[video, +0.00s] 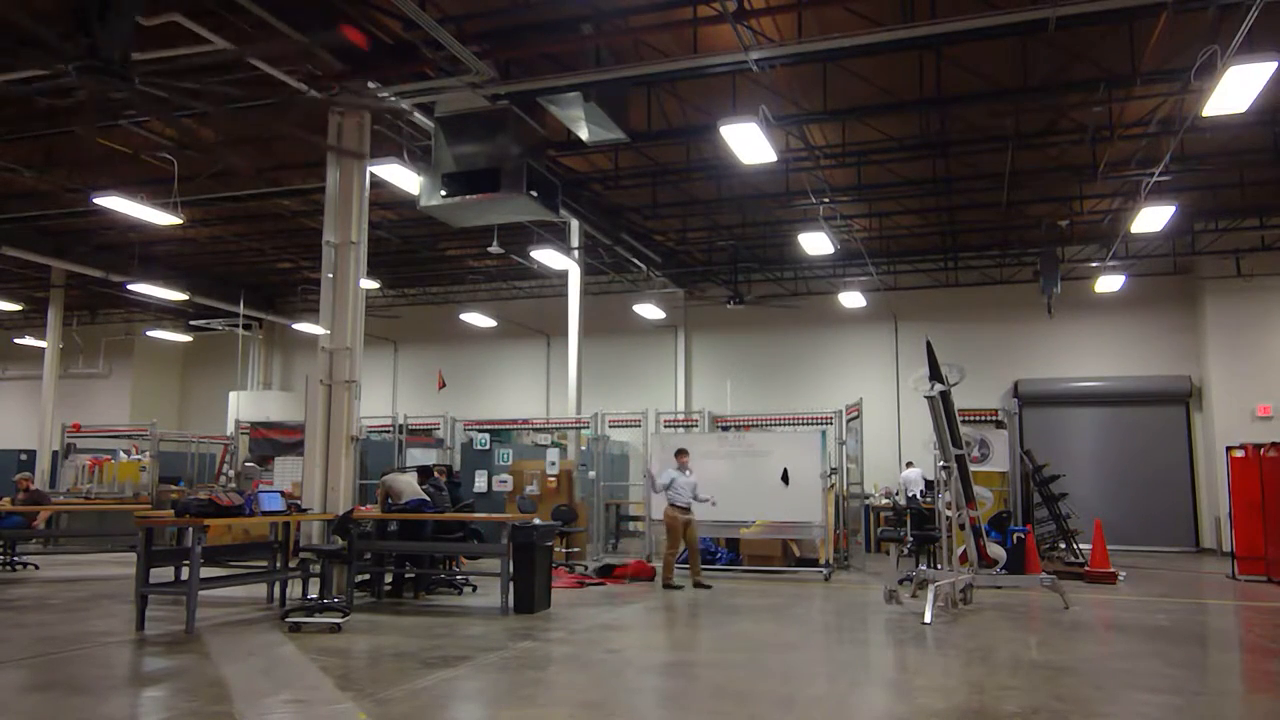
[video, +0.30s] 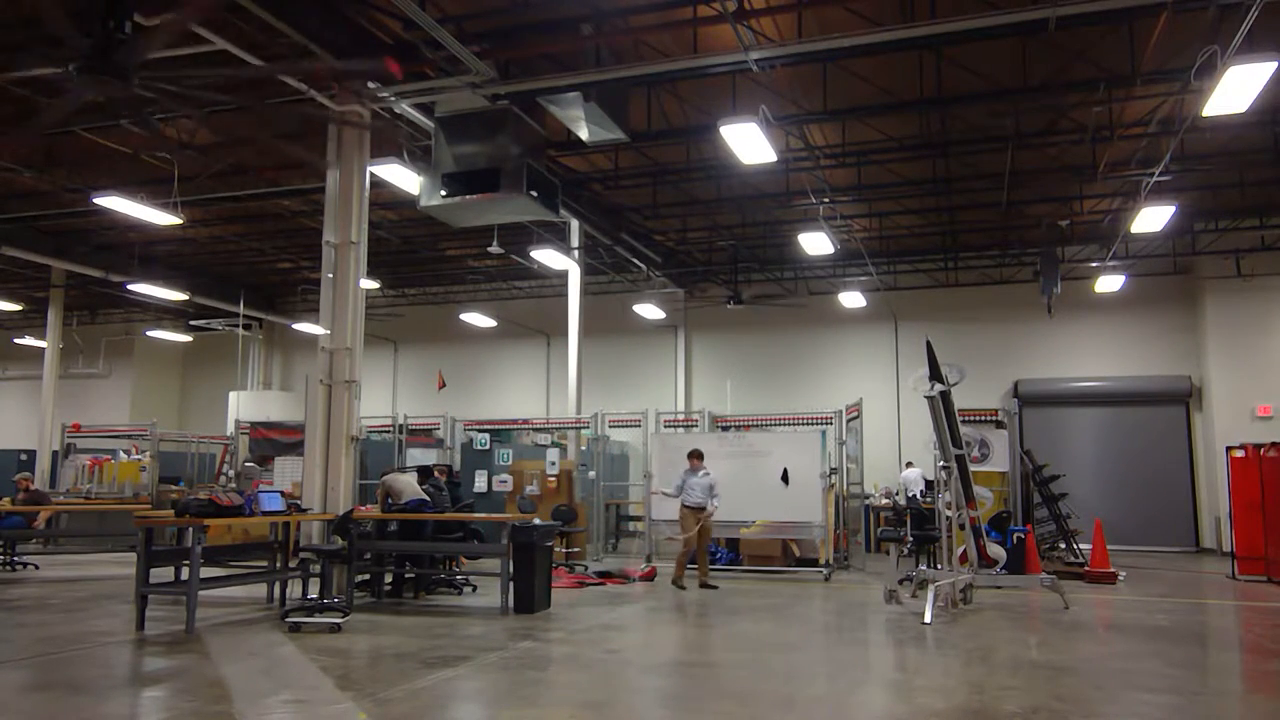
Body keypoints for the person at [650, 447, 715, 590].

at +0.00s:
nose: (684, 460)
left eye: (686, 457)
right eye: (681, 457)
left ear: (689, 458)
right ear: (676, 459)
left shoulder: (691, 477)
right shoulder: (671, 473)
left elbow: (695, 496)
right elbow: (657, 489)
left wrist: (708, 498)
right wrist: (652, 478)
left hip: (687, 512)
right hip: (673, 511)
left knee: (693, 547)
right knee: (673, 548)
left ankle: (697, 579)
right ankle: (667, 580)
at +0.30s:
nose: (690, 463)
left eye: (692, 460)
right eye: (689, 460)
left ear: (700, 461)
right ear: (689, 461)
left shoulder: (710, 477)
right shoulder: (686, 475)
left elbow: (715, 496)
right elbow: (676, 492)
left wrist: (713, 508)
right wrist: (660, 491)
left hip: (703, 511)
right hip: (687, 510)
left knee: (703, 546)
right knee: (690, 545)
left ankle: (703, 579)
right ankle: (677, 577)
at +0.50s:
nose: (692, 466)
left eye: (694, 463)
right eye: (691, 464)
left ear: (702, 462)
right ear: (694, 463)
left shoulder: (715, 478)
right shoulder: (692, 475)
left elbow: (722, 498)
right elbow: (683, 493)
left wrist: (713, 508)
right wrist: (665, 490)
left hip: (708, 513)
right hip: (692, 512)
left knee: (706, 548)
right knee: (697, 547)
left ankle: (705, 579)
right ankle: (698, 580)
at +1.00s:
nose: (696, 467)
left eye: (697, 464)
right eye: (695, 464)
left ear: (705, 462)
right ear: (698, 463)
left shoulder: (719, 477)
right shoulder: (698, 475)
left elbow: (729, 496)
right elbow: (686, 492)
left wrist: (720, 508)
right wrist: (668, 489)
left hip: (716, 514)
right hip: (700, 514)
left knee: (720, 548)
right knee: (702, 548)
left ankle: (724, 582)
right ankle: (705, 582)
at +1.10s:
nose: (697, 467)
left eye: (698, 464)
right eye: (696, 464)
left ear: (706, 462)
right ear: (702, 463)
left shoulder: (722, 477)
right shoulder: (699, 476)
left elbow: (731, 497)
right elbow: (686, 494)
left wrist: (723, 510)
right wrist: (668, 488)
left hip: (718, 515)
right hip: (702, 515)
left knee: (724, 550)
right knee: (703, 550)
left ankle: (730, 585)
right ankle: (705, 582)